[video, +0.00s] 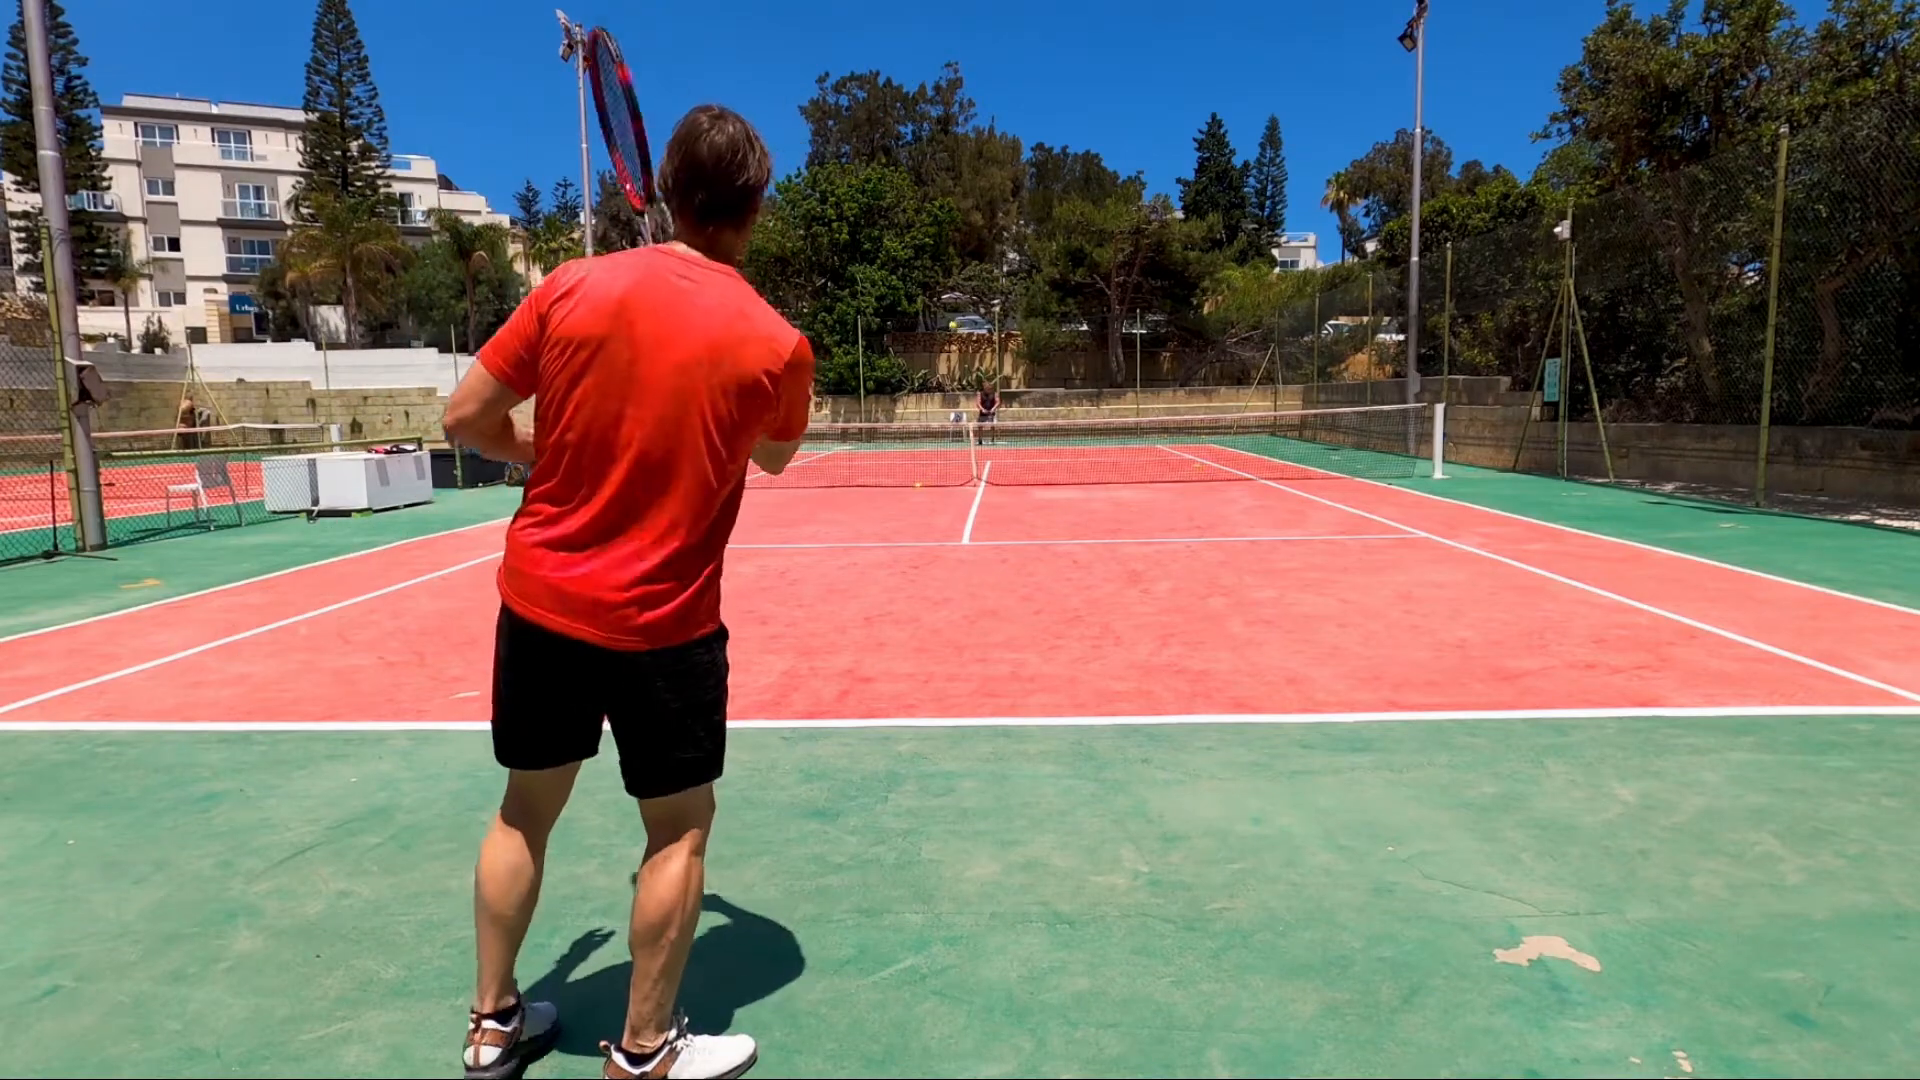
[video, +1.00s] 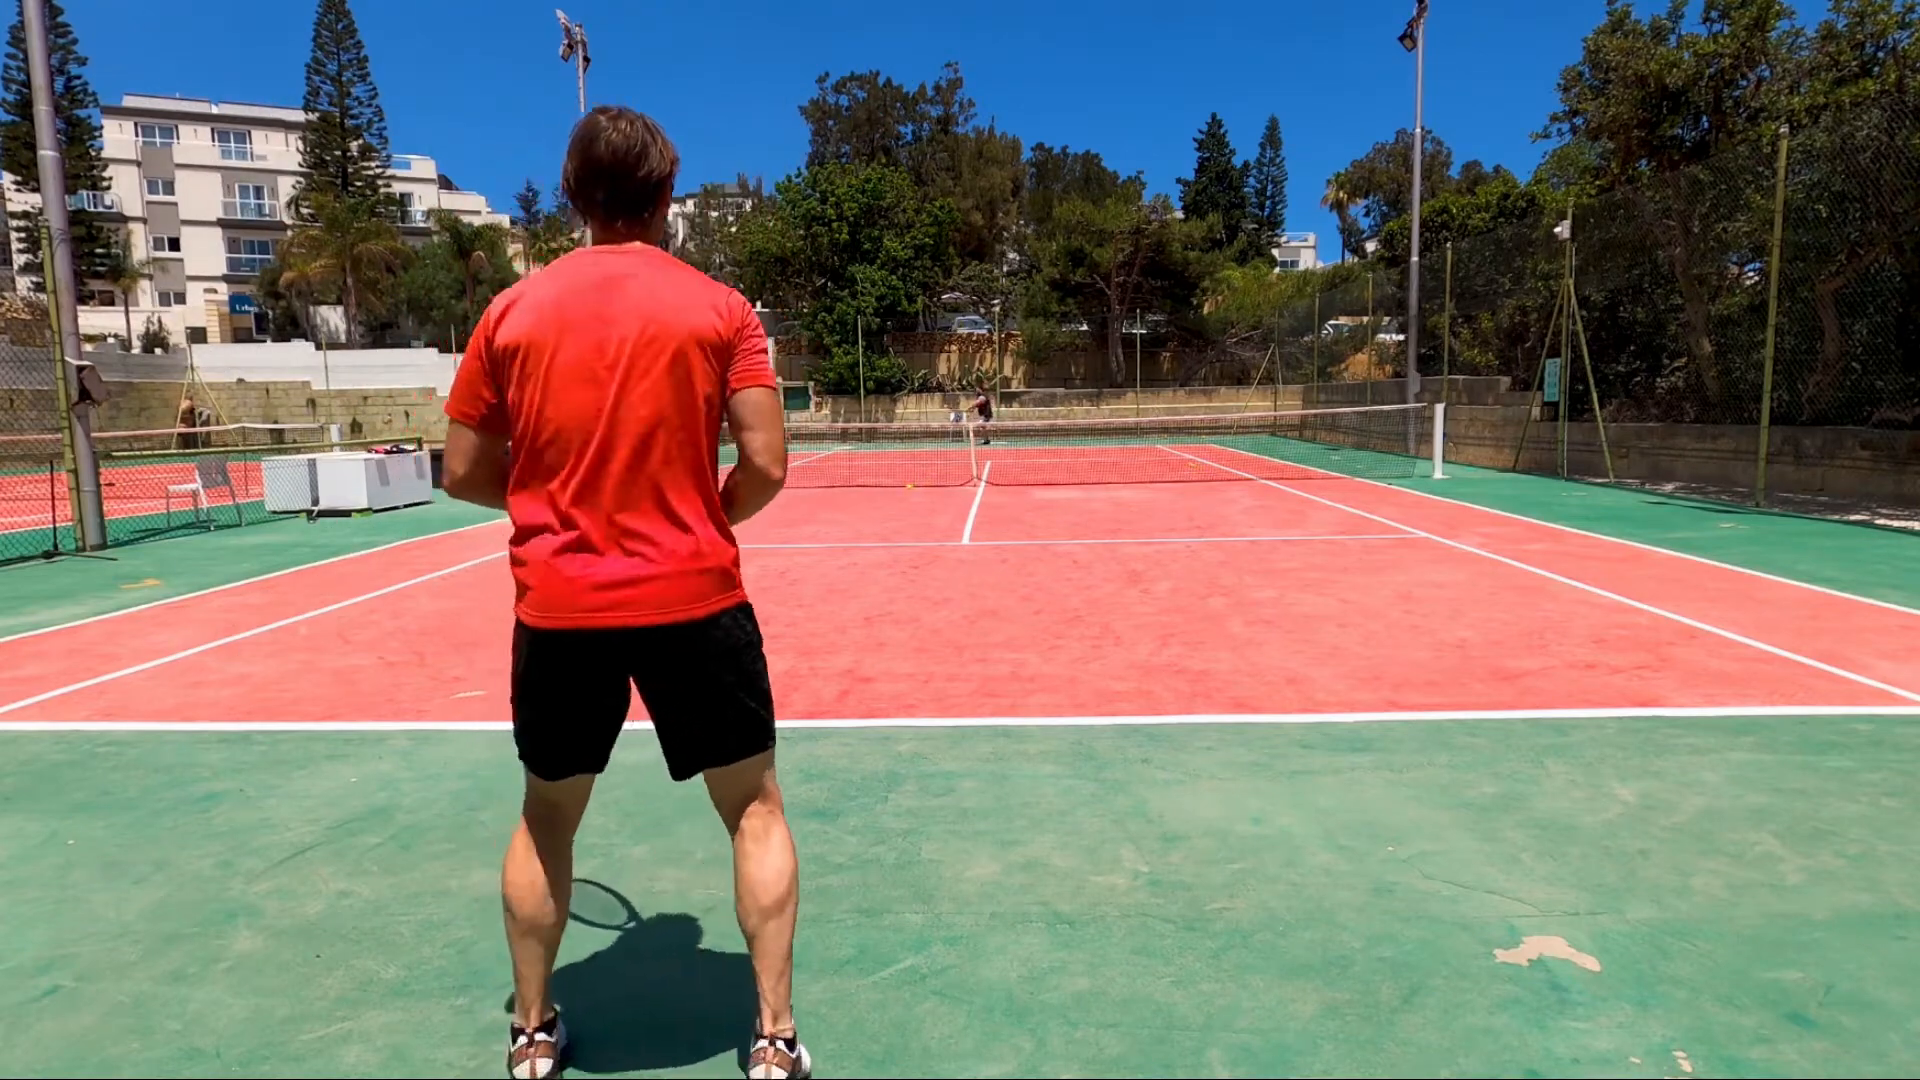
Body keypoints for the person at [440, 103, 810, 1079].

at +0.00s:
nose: (750, 211)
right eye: (756, 198)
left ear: (660, 196)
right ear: (757, 206)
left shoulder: (575, 288)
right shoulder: (774, 343)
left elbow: (467, 415)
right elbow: (772, 454)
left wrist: (548, 453)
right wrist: (694, 391)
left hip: (542, 609)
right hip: (669, 629)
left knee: (523, 809)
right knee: (676, 834)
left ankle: (491, 1018)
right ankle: (646, 1044)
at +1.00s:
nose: (667, 206)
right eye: (668, 192)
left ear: (574, 196)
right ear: (667, 198)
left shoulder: (514, 310)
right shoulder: (719, 308)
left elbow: (465, 471)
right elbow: (765, 465)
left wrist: (559, 471)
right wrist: (708, 517)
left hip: (561, 613)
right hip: (694, 606)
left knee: (547, 818)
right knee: (753, 803)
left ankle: (532, 1030)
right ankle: (774, 1033)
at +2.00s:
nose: (858, 286)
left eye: (853, 271)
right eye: (855, 272)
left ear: (758, 277)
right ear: (843, 282)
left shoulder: (705, 377)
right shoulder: (823, 398)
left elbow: (707, 541)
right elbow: (835, 590)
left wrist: (808, 622)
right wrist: (886, 669)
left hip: (618, 701)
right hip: (725, 720)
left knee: (582, 881)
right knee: (876, 900)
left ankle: (402, 1053)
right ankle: (782, 1074)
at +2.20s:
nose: (1060, 234)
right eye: (1058, 220)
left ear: (956, 222)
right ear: (1048, 229)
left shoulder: (920, 322)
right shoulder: (1025, 326)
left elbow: (1009, 507)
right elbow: (1046, 504)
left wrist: (1138, 561)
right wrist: (1158, 596)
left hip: (829, 662)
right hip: (914, 678)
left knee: (939, 866)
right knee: (963, 924)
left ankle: (899, 1026)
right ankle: (815, 1067)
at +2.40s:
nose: (1308, 291)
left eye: (1305, 275)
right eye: (1308, 275)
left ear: (1200, 273)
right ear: (1294, 288)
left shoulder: (1187, 373)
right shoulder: (1224, 361)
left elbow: (1372, 490)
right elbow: (1189, 444)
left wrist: (1517, 444)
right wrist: (1432, 404)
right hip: (1121, 745)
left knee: (1236, 842)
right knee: (1392, 925)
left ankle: (1145, 1035)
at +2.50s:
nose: (1479, 325)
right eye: (1476, 309)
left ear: (1356, 296)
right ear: (1461, 316)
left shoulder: (1399, 441)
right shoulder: (1367, 391)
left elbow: (1550, 501)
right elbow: (1309, 455)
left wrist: (1734, 490)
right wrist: (1567, 368)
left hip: (1189, 758)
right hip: (1247, 780)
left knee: (1286, 877)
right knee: (1548, 986)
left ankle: (1148, 1038)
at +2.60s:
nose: (1682, 361)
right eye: (1684, 341)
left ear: (1552, 316)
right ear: (1669, 350)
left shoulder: (1503, 424)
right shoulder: (1594, 430)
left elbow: (1579, 552)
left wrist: (1728, 594)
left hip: (1305, 804)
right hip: (1422, 851)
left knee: (1336, 921)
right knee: (1762, 1055)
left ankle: (1157, 1037)